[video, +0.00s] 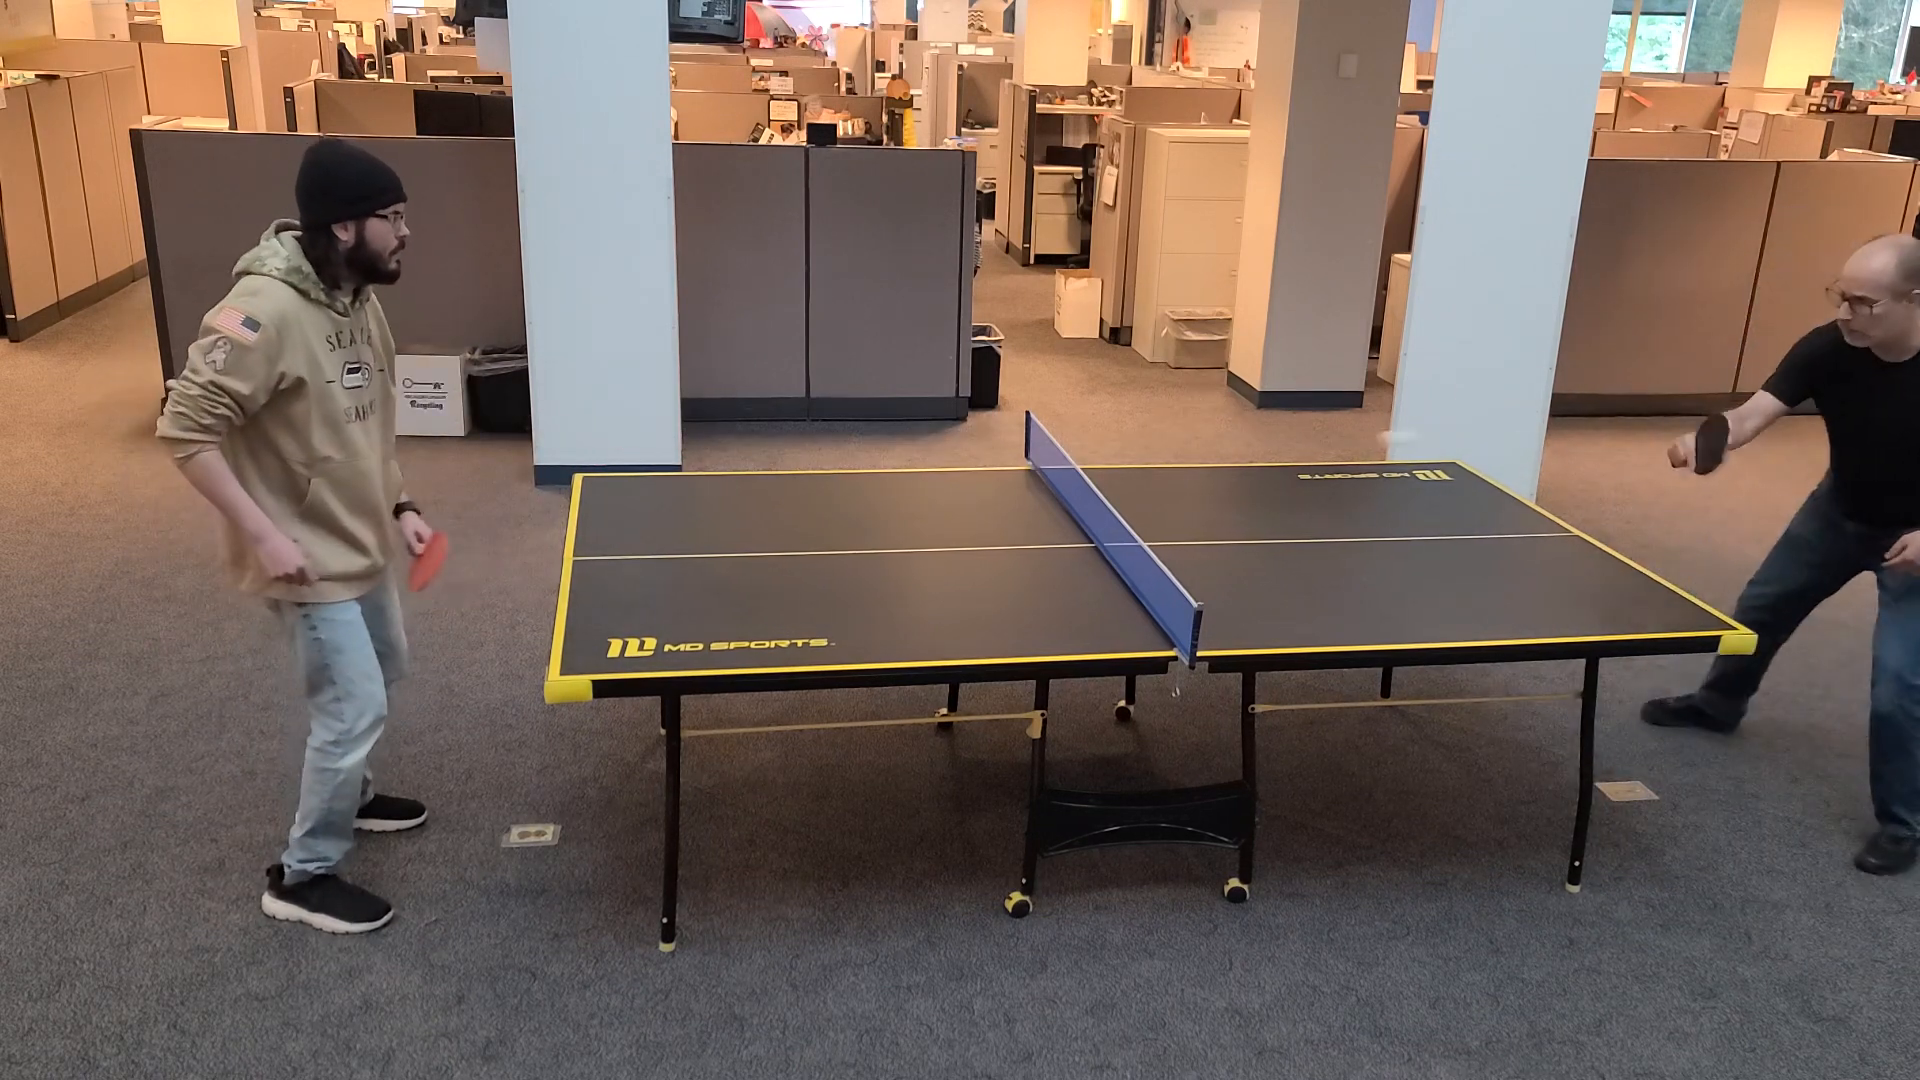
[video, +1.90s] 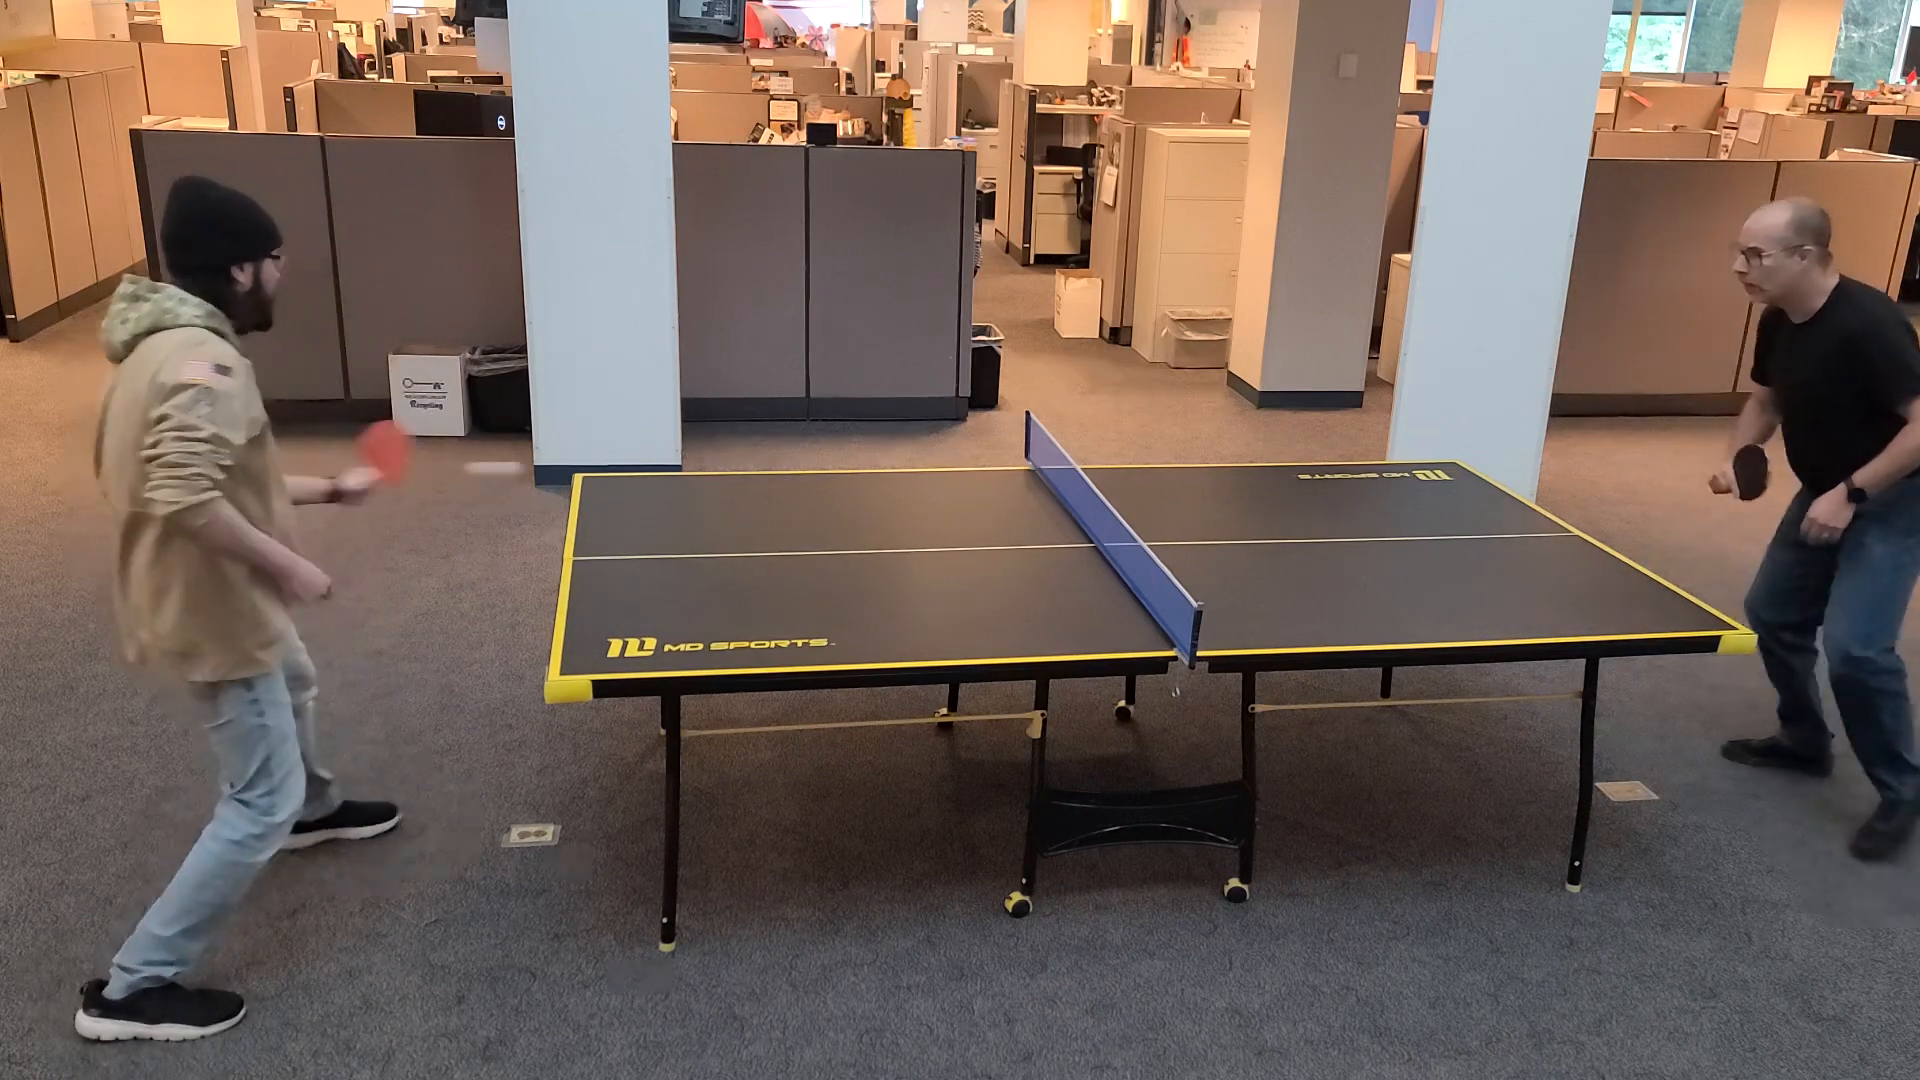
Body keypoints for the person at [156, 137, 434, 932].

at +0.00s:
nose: (405, 230)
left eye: (402, 214)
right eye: (391, 217)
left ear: (349, 228)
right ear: (340, 228)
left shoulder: (358, 298)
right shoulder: (263, 310)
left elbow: (366, 426)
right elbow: (185, 429)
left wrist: (398, 504)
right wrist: (263, 534)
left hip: (364, 542)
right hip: (303, 556)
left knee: (383, 674)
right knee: (352, 709)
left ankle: (343, 800)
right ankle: (302, 873)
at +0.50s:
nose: (403, 244)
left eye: (402, 228)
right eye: (390, 230)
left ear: (359, 236)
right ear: (341, 237)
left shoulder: (381, 318)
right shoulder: (244, 316)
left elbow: (420, 425)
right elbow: (154, 420)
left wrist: (479, 483)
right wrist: (213, 530)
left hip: (369, 546)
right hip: (294, 557)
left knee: (397, 676)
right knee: (350, 709)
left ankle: (348, 797)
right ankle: (305, 872)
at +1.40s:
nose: (395, 228)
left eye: (391, 213)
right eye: (384, 215)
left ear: (340, 223)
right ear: (342, 224)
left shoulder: (319, 289)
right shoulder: (275, 303)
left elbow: (308, 428)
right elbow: (204, 423)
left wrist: (369, 501)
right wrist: (283, 528)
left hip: (340, 533)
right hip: (298, 549)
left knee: (385, 647)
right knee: (361, 703)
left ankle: (343, 796)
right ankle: (281, 874)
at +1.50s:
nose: (384, 240)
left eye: (380, 225)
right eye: (374, 226)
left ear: (321, 232)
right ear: (336, 235)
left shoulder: (299, 297)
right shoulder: (280, 314)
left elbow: (249, 427)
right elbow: (217, 436)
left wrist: (324, 524)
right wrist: (283, 545)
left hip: (331, 540)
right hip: (301, 558)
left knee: (384, 643)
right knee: (359, 719)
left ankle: (345, 792)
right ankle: (212, 877)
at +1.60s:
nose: (363, 253)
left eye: (360, 238)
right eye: (354, 240)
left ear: (283, 241)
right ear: (319, 248)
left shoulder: (229, 309)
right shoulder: (287, 328)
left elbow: (165, 424)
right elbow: (234, 446)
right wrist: (290, 562)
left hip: (302, 560)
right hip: (291, 574)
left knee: (373, 656)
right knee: (330, 746)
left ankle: (341, 796)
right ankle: (169, 913)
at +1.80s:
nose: (300, 276)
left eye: (296, 261)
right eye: (294, 263)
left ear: (212, 264)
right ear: (269, 271)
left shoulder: (178, 347)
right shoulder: (248, 360)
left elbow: (137, 455)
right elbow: (231, 489)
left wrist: (210, 528)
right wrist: (307, 590)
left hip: (219, 589)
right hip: (246, 603)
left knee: (309, 676)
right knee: (271, 797)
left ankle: (333, 797)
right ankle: (138, 981)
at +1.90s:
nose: (279, 273)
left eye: (274, 257)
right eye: (269, 259)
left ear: (201, 266)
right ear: (235, 270)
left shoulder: (169, 346)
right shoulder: (198, 363)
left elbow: (217, 475)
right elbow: (182, 494)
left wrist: (325, 486)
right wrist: (286, 565)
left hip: (212, 591)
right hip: (209, 608)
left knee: (293, 682)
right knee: (265, 800)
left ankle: (304, 809)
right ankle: (136, 985)